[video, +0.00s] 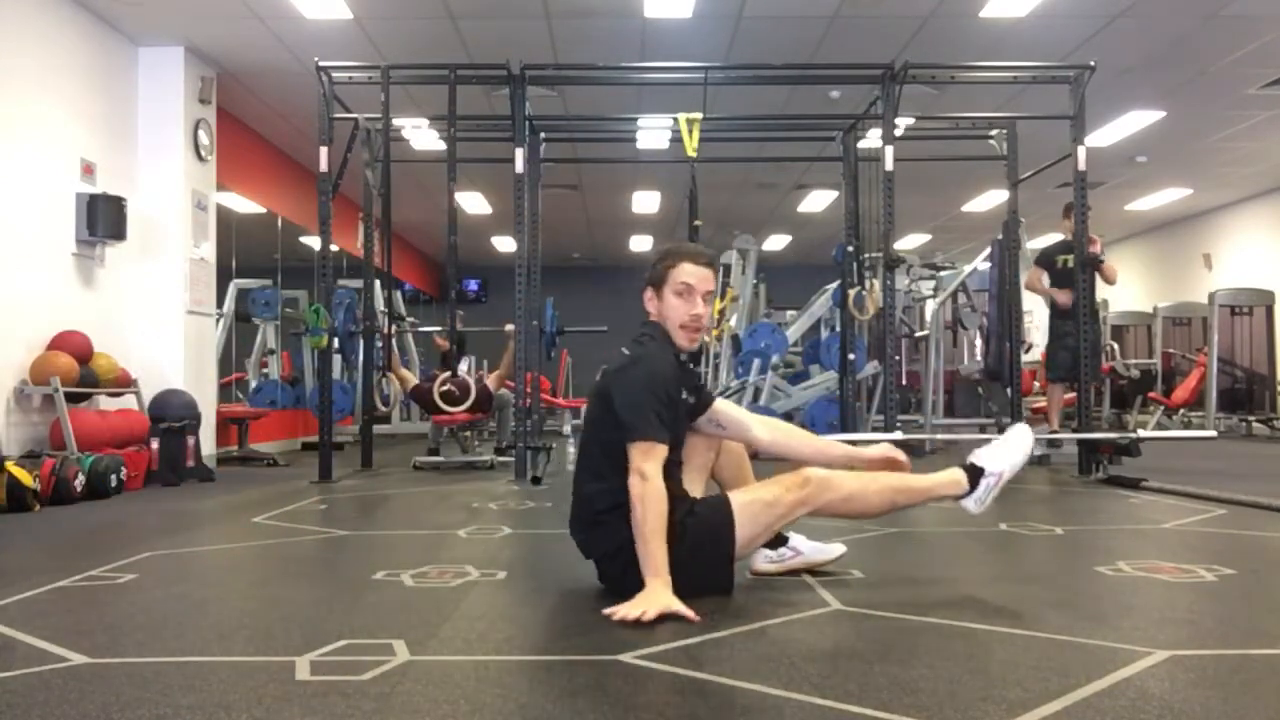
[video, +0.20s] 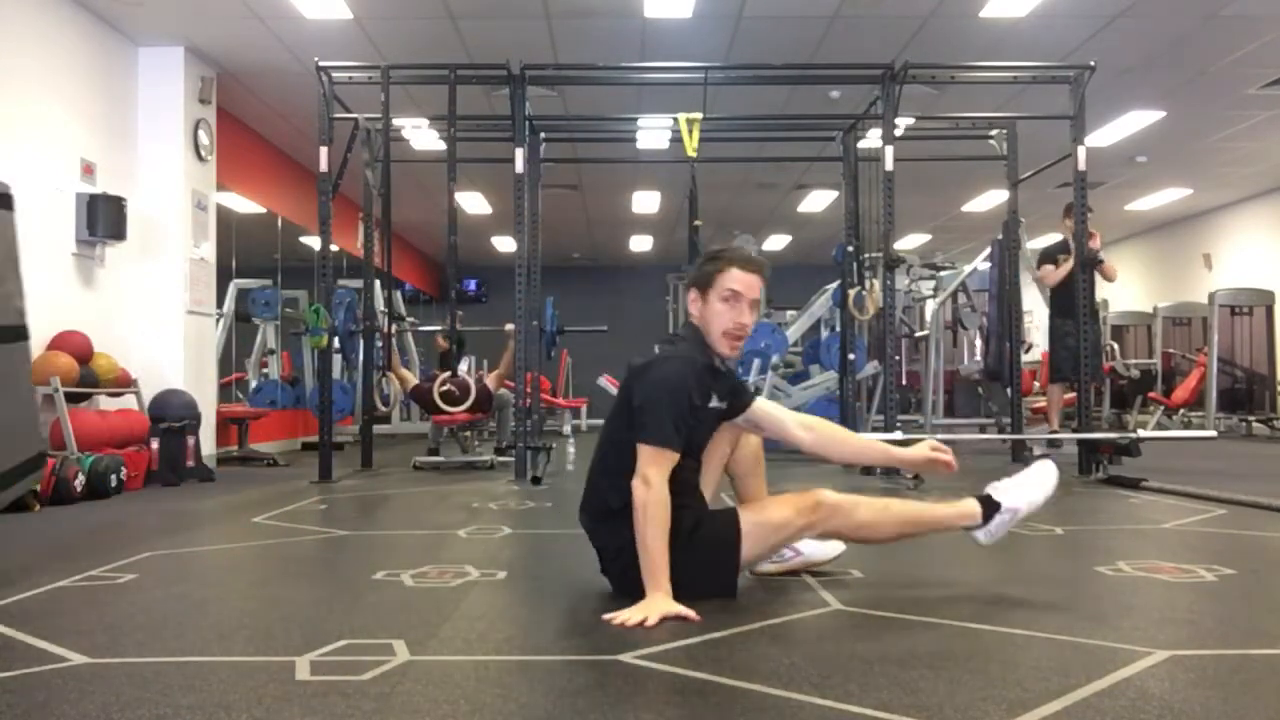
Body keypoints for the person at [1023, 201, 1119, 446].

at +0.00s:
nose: (1081, 223)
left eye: (1084, 218)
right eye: (1076, 218)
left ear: (1088, 220)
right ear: (1065, 221)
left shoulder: (1093, 249)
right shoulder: (1052, 251)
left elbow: (1112, 279)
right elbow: (1031, 281)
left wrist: (1097, 257)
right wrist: (1053, 293)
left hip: (1089, 321)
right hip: (1062, 321)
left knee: (1089, 377)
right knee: (1057, 377)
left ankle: (1087, 425)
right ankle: (1054, 428)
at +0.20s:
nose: (1080, 223)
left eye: (1083, 218)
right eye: (1075, 218)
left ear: (1088, 221)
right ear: (1065, 221)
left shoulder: (1090, 251)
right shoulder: (1052, 252)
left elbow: (1111, 276)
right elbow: (1048, 280)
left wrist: (1096, 253)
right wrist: (1074, 258)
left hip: (1088, 319)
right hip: (1062, 319)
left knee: (1089, 375)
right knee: (1058, 376)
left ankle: (1087, 423)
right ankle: (1054, 428)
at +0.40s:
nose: (1080, 224)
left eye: (1084, 219)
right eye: (1075, 219)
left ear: (1088, 222)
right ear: (1065, 222)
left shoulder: (1089, 251)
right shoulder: (1051, 252)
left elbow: (1113, 274)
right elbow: (1054, 277)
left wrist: (1099, 250)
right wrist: (1074, 251)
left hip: (1089, 320)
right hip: (1063, 320)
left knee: (1089, 375)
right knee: (1058, 377)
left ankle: (1087, 423)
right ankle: (1054, 428)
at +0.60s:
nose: (1080, 226)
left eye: (1084, 222)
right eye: (1075, 221)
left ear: (1088, 225)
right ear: (1065, 224)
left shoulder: (1090, 252)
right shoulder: (1052, 251)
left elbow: (1117, 271)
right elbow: (1053, 271)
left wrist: (1102, 246)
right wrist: (1069, 242)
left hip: (1089, 321)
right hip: (1063, 321)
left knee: (1088, 377)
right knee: (1058, 378)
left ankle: (1086, 424)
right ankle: (1054, 428)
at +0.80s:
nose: (1080, 228)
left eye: (1086, 223)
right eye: (1075, 223)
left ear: (1092, 225)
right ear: (1066, 224)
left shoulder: (1091, 251)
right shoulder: (1056, 248)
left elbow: (1122, 261)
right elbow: (1046, 259)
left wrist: (1106, 237)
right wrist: (1058, 233)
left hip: (1088, 318)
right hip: (1063, 318)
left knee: (1089, 374)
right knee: (1059, 376)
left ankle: (1087, 423)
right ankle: (1054, 427)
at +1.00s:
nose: (1083, 225)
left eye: (1087, 221)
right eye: (1078, 220)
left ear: (1093, 224)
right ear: (1068, 222)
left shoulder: (1092, 250)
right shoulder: (1058, 246)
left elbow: (1125, 258)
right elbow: (1043, 255)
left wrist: (1106, 235)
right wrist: (1058, 231)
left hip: (1088, 318)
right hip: (1063, 318)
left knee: (1088, 375)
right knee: (1059, 376)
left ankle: (1086, 423)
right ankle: (1055, 426)